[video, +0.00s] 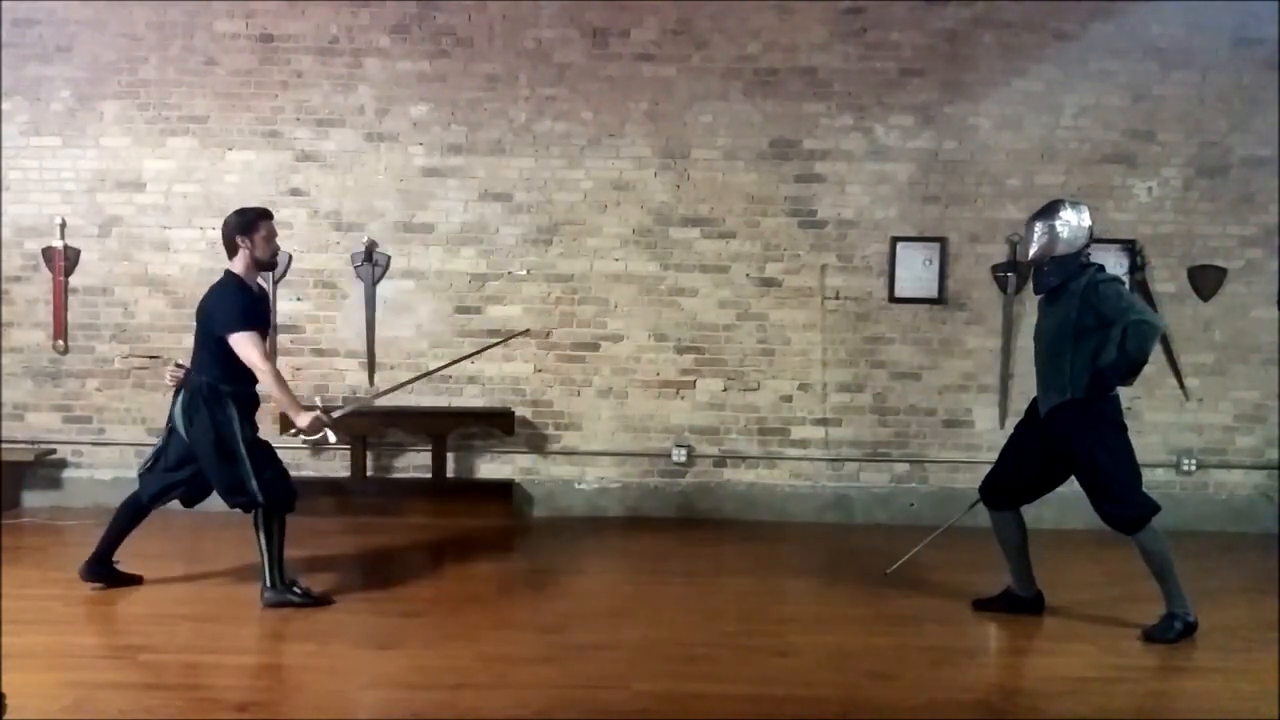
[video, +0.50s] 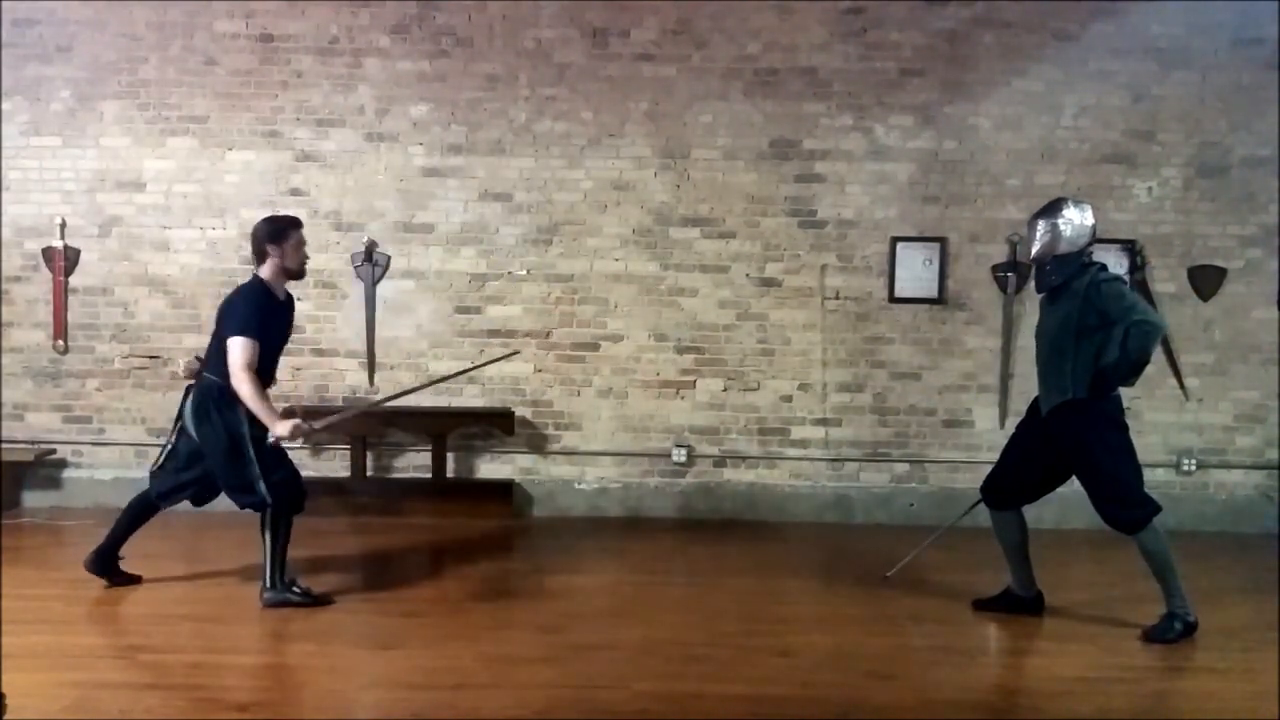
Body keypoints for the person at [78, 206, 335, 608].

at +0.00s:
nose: (276, 244)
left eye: (275, 237)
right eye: (270, 237)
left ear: (246, 244)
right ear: (244, 243)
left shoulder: (253, 293)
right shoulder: (229, 298)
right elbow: (260, 364)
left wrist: (194, 375)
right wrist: (297, 412)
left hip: (207, 407)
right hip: (214, 411)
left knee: (155, 486)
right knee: (271, 485)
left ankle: (99, 562)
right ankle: (276, 584)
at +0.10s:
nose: (273, 243)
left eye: (272, 235)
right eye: (266, 236)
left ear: (245, 244)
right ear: (240, 244)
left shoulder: (258, 295)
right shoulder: (222, 297)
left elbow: (246, 357)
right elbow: (245, 362)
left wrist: (199, 375)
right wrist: (277, 412)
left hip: (217, 405)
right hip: (212, 407)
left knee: (155, 486)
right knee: (271, 485)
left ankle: (98, 560)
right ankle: (276, 585)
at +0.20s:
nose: (273, 244)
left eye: (271, 236)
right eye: (265, 237)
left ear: (245, 245)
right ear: (238, 245)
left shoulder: (262, 297)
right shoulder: (218, 299)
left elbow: (246, 358)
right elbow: (235, 364)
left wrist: (199, 373)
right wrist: (260, 413)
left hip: (221, 405)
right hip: (209, 405)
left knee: (157, 486)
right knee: (271, 483)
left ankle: (97, 560)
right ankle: (276, 584)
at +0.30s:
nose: (277, 246)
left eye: (275, 239)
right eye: (270, 240)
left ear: (251, 247)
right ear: (243, 247)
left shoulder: (267, 300)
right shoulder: (220, 299)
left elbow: (257, 362)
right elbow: (225, 365)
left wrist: (200, 373)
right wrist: (251, 416)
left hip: (224, 406)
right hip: (208, 406)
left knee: (158, 487)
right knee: (272, 485)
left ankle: (97, 560)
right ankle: (276, 584)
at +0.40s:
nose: (289, 250)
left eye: (287, 242)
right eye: (282, 243)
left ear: (260, 249)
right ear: (255, 249)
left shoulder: (274, 303)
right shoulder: (229, 298)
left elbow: (257, 364)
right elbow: (225, 369)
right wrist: (256, 420)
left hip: (223, 407)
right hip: (209, 407)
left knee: (160, 488)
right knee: (276, 484)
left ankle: (99, 558)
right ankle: (276, 584)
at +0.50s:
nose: (306, 252)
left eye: (305, 244)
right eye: (299, 245)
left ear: (276, 252)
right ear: (273, 251)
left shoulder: (281, 300)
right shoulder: (249, 301)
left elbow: (243, 340)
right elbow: (241, 372)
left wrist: (206, 364)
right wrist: (273, 421)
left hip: (224, 405)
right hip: (219, 407)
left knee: (170, 485)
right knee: (283, 486)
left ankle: (104, 555)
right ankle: (276, 584)